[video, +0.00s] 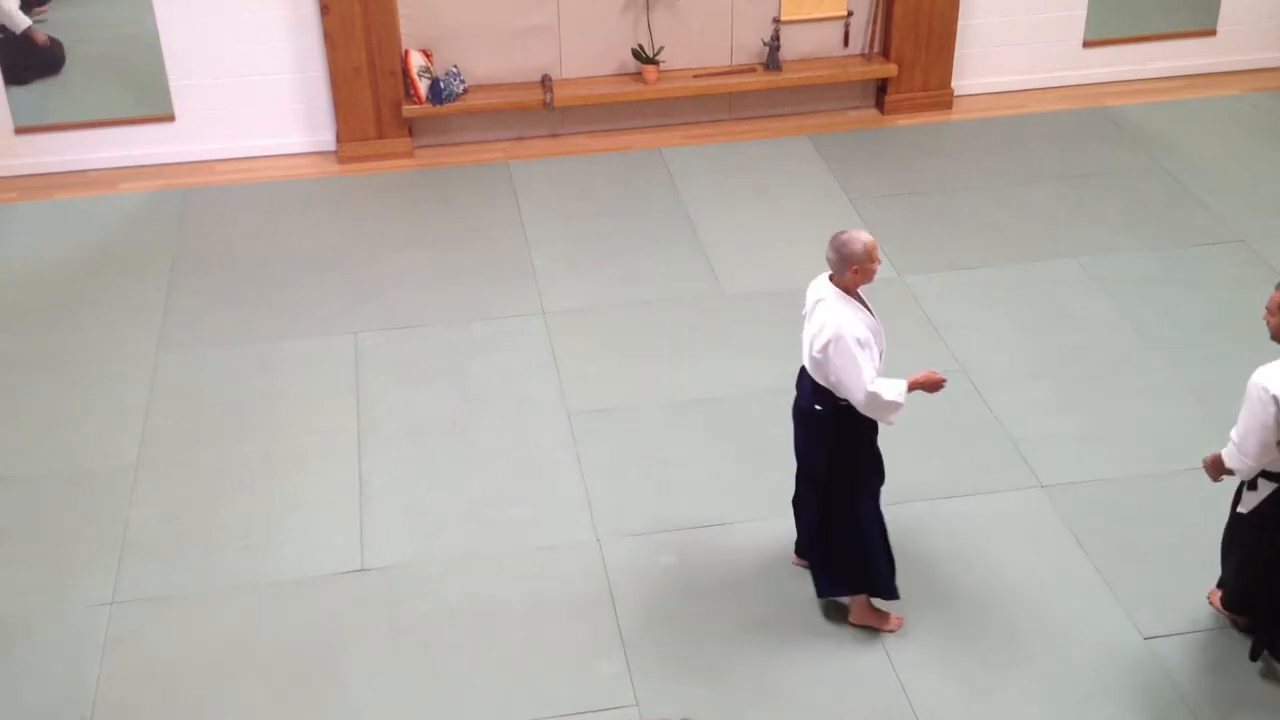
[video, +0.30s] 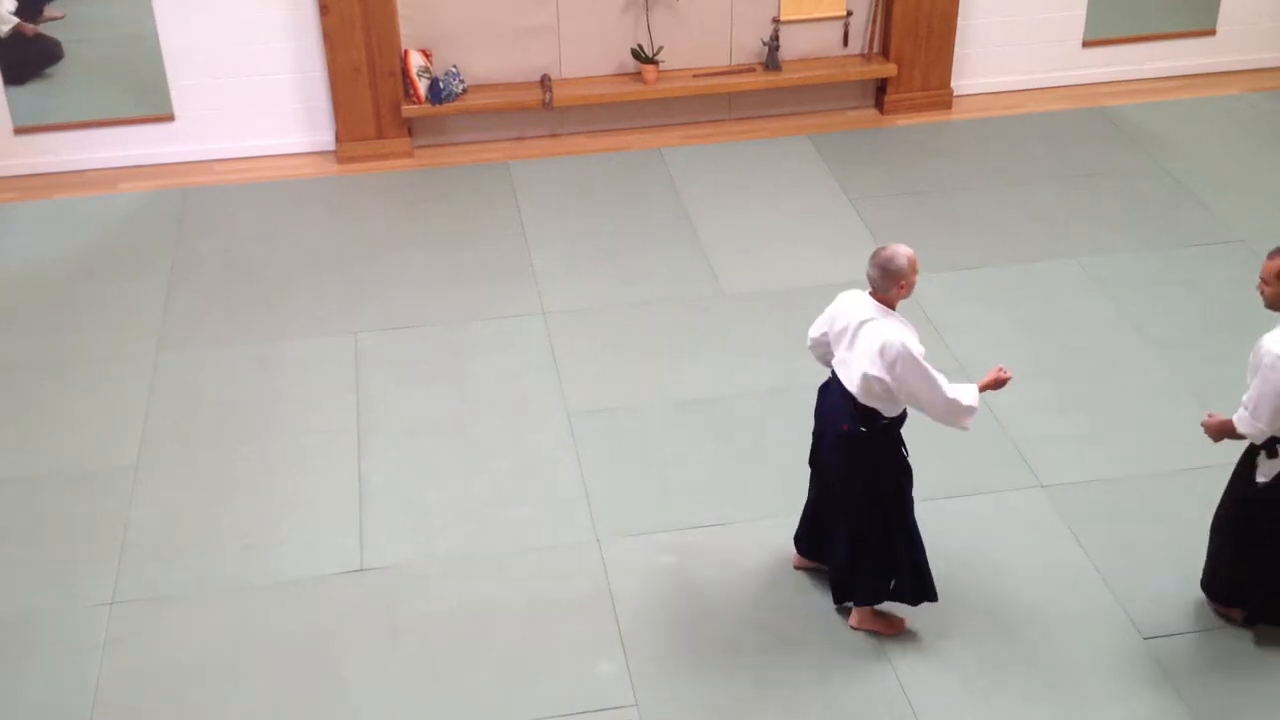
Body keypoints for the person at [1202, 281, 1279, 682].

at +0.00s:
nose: (1265, 316)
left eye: (1269, 311)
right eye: (1267, 309)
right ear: (1276, 318)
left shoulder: (1268, 379)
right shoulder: (1267, 379)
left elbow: (1248, 453)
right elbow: (1250, 448)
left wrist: (1222, 463)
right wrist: (1229, 461)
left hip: (1266, 488)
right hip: (1267, 483)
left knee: (1245, 547)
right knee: (1260, 548)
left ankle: (1238, 604)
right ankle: (1248, 603)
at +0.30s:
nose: (1260, 287)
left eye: (1267, 281)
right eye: (1261, 279)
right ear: (1268, 283)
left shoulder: (1272, 347)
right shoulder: (1270, 343)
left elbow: (1260, 421)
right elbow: (1260, 411)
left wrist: (1226, 427)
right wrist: (1231, 424)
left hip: (1270, 459)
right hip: (1268, 453)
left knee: (1237, 525)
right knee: (1256, 528)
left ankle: (1234, 603)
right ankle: (1259, 600)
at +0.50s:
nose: (1265, 290)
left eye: (1271, 285)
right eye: (1266, 283)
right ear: (1268, 283)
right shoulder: (1276, 339)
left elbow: (1278, 423)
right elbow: (1278, 375)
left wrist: (1236, 428)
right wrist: (1265, 392)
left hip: (1275, 450)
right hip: (1272, 444)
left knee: (1239, 511)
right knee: (1253, 511)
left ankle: (1243, 596)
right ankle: (1247, 591)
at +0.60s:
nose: (1265, 293)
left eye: (1271, 287)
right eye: (1265, 285)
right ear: (1269, 283)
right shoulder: (1279, 330)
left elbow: (1279, 422)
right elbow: (1279, 368)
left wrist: (1236, 429)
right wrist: (1263, 386)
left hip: (1277, 448)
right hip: (1275, 442)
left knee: (1241, 508)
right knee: (1257, 507)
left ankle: (1237, 595)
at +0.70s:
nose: (1259, 295)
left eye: (1266, 291)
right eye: (1260, 287)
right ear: (1267, 285)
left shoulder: (1278, 335)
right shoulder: (1275, 321)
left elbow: (1274, 424)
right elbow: (1275, 365)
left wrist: (1218, 428)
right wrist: (1254, 383)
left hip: (1276, 449)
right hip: (1271, 442)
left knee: (1241, 511)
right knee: (1249, 508)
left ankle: (1222, 607)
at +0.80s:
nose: (1248, 305)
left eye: (1256, 300)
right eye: (1249, 296)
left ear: (1278, 305)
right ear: (1272, 300)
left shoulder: (1278, 368)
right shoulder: (1271, 326)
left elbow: (1253, 432)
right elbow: (1265, 366)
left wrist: (1187, 426)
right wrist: (1241, 388)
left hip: (1272, 462)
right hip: (1264, 450)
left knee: (1236, 527)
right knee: (1239, 514)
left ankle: (1212, 621)